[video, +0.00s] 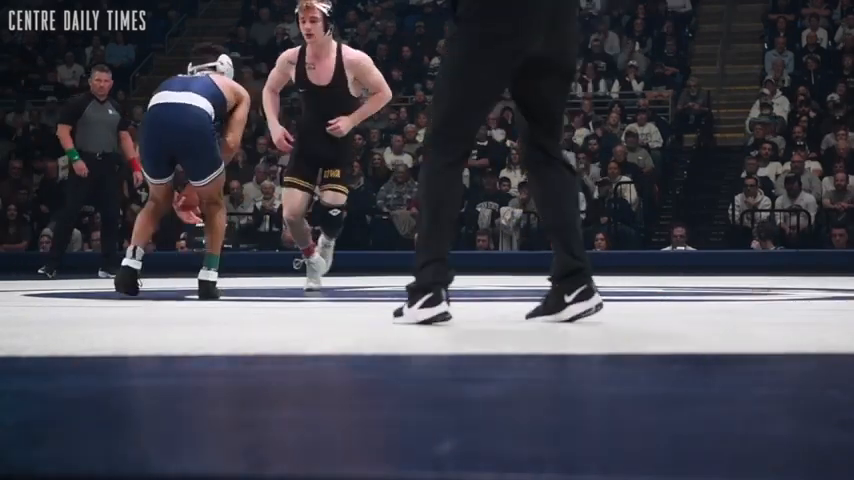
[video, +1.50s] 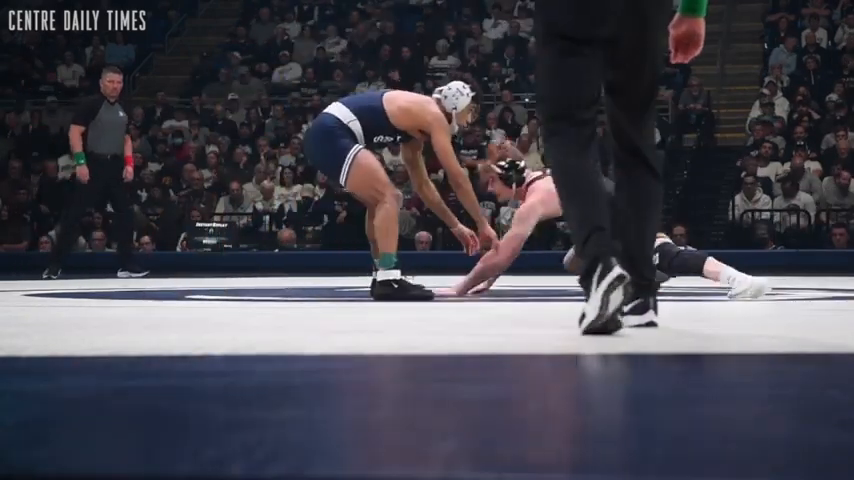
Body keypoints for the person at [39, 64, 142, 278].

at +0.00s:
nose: (101, 85)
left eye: (105, 81)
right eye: (97, 80)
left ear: (111, 83)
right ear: (90, 82)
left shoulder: (116, 108)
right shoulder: (78, 103)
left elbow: (124, 137)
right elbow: (62, 130)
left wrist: (136, 166)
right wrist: (75, 158)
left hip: (109, 166)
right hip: (83, 165)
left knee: (111, 216)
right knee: (69, 213)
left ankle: (108, 265)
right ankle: (52, 263)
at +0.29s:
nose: (97, 84)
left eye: (101, 80)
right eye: (93, 79)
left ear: (107, 82)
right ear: (85, 81)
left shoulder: (114, 107)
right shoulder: (73, 103)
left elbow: (122, 136)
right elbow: (57, 130)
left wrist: (131, 165)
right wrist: (63, 161)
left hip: (107, 165)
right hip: (79, 164)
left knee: (109, 217)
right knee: (69, 214)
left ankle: (108, 266)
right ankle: (54, 265)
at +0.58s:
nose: (78, 82)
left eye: (82, 78)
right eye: (74, 78)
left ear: (86, 81)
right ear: (65, 80)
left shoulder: (95, 106)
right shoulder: (53, 104)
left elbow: (105, 136)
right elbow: (37, 132)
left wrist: (105, 163)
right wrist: (40, 163)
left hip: (89, 164)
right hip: (60, 164)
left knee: (98, 214)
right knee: (56, 214)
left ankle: (104, 264)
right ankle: (53, 266)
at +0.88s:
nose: (70, 82)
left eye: (74, 78)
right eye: (66, 78)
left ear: (79, 81)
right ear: (57, 79)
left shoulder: (88, 105)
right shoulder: (43, 104)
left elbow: (98, 135)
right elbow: (28, 133)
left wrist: (92, 161)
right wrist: (26, 163)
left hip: (81, 164)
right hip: (52, 164)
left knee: (91, 212)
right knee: (51, 214)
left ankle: (93, 260)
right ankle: (52, 265)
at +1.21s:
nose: (82, 82)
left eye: (85, 78)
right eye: (77, 78)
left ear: (88, 81)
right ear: (67, 80)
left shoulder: (96, 105)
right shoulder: (53, 103)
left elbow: (106, 135)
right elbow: (38, 132)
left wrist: (104, 162)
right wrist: (38, 162)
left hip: (90, 164)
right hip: (61, 164)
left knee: (104, 211)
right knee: (57, 215)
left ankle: (109, 262)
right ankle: (53, 265)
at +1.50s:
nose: (115, 86)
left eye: (118, 82)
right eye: (111, 82)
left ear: (122, 85)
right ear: (101, 83)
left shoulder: (122, 109)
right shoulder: (91, 104)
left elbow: (126, 138)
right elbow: (75, 132)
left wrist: (129, 163)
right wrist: (80, 162)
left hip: (115, 167)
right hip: (93, 166)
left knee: (125, 213)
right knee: (74, 214)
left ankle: (126, 264)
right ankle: (55, 264)